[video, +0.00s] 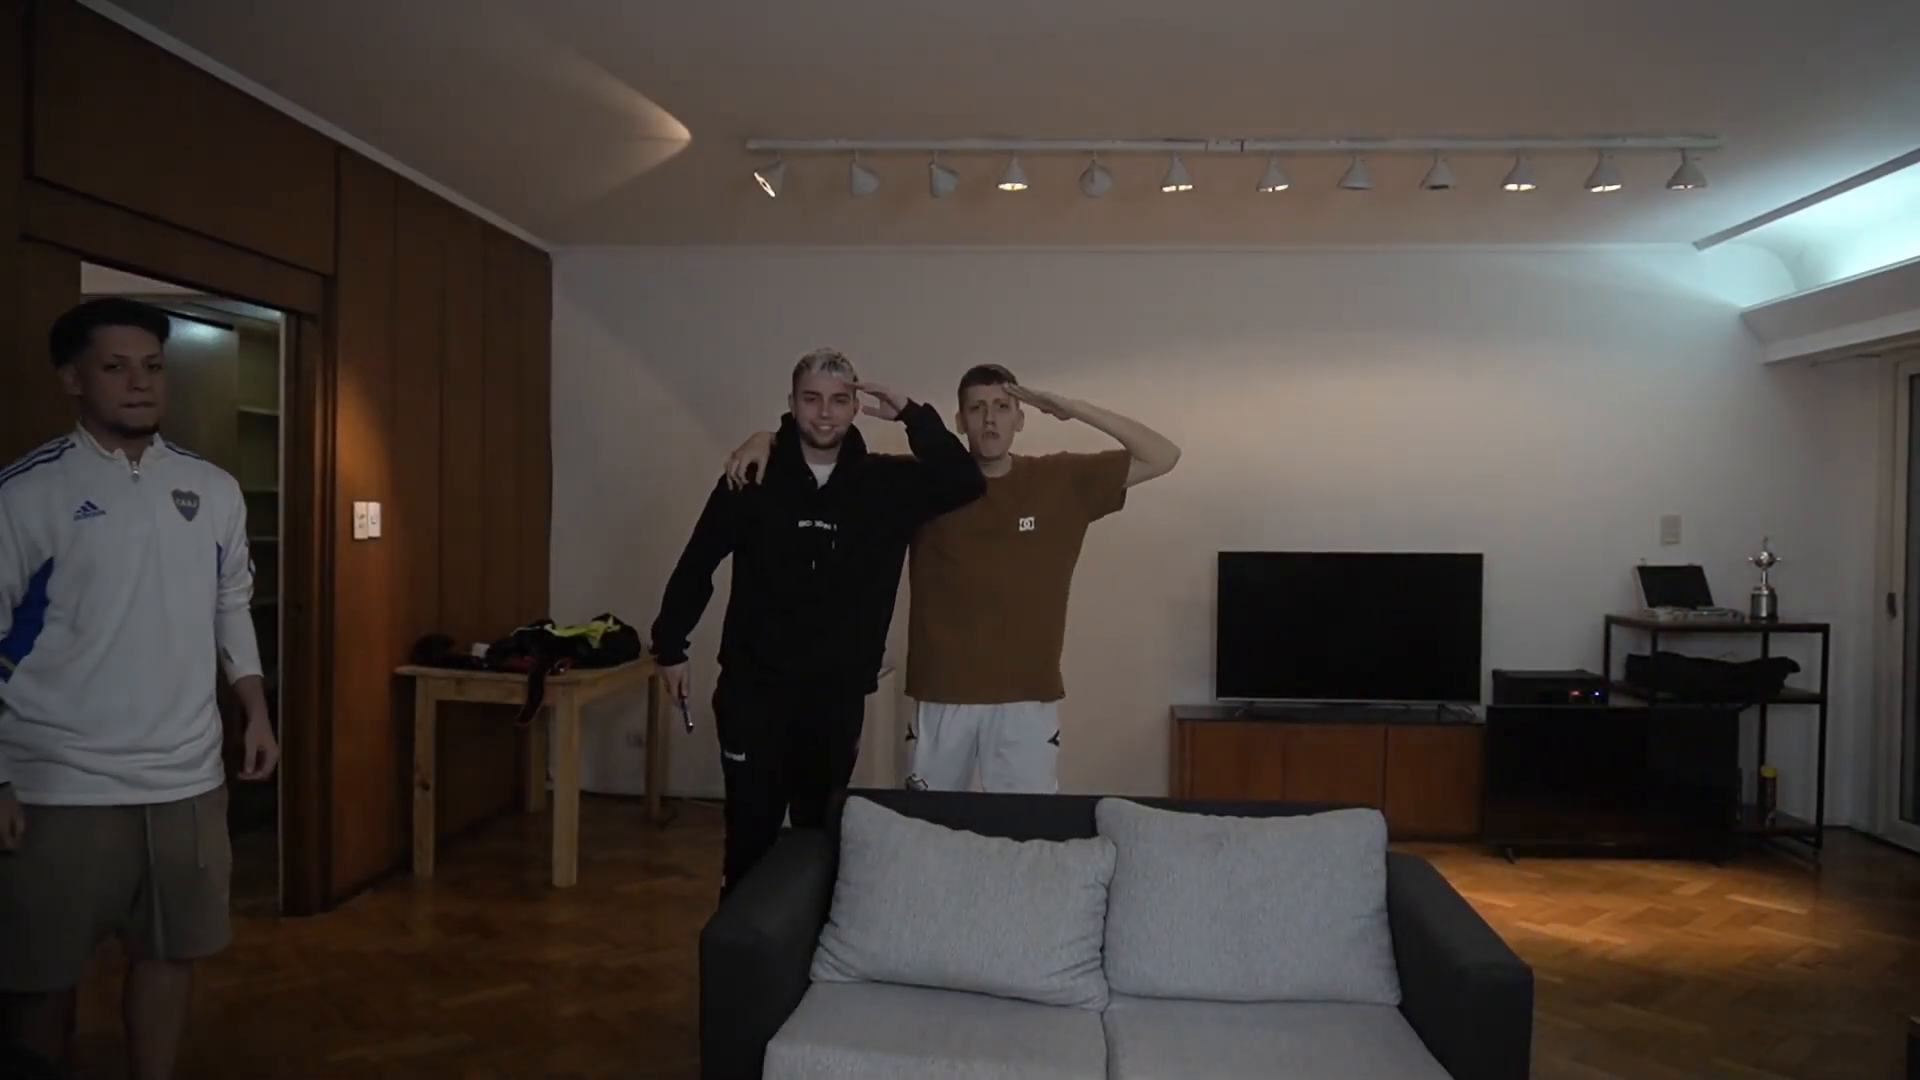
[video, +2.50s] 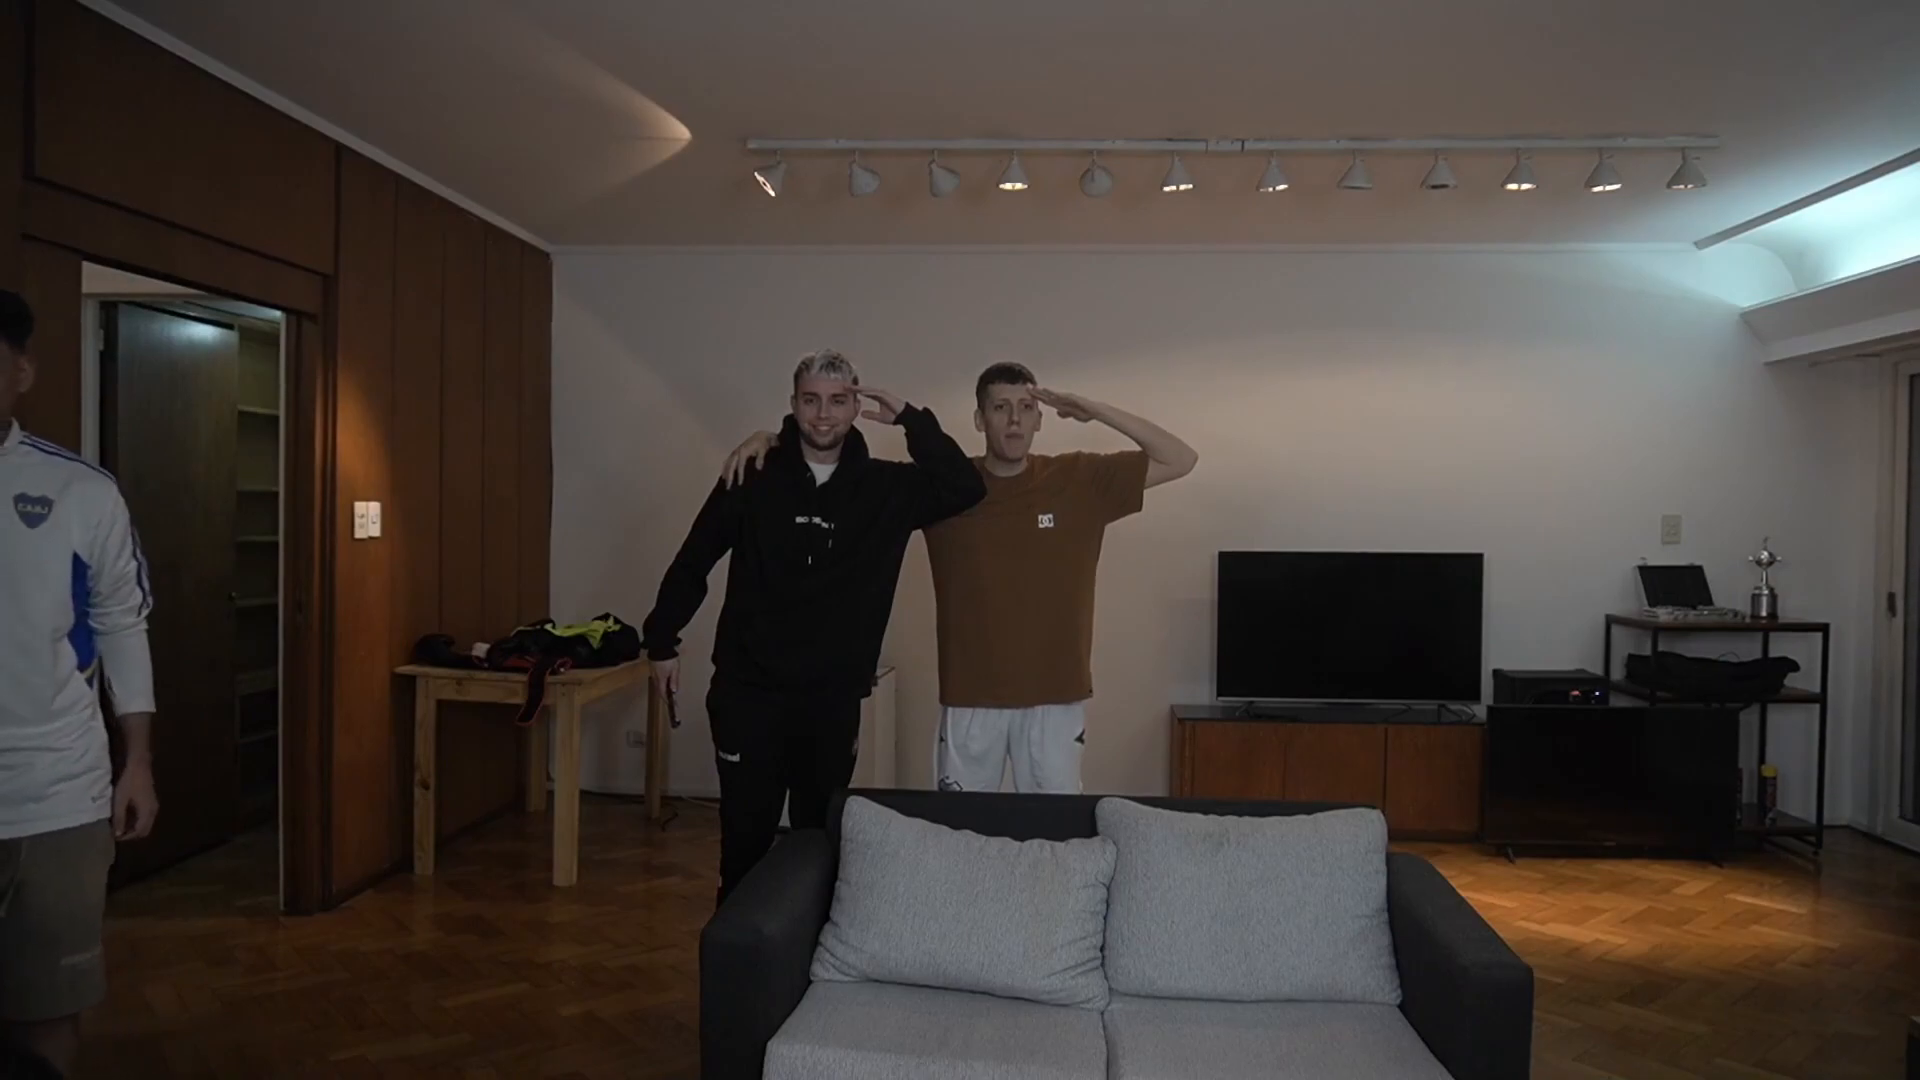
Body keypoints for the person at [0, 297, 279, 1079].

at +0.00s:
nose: (140, 380)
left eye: (152, 365)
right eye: (116, 367)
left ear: (165, 377)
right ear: (73, 381)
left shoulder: (215, 491)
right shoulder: (28, 493)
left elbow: (234, 610)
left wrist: (256, 707)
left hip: (186, 780)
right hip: (60, 784)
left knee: (168, 964)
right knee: (43, 987)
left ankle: (154, 1074)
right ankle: (43, 1079)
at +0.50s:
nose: (203, 390)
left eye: (218, 377)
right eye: (182, 375)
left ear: (231, 391)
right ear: (138, 384)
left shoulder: (247, 504)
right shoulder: (88, 469)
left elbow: (241, 628)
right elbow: (7, 495)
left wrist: (247, 725)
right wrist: (122, 411)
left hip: (206, 773)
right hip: (98, 771)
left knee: (174, 957)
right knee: (77, 976)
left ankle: (155, 1073)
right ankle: (53, 1074)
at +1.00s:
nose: (203, 390)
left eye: (216, 378)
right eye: (182, 374)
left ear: (227, 392)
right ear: (138, 384)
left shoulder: (246, 506)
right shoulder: (70, 459)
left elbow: (248, 625)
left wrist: (264, 724)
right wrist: (84, 357)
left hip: (203, 770)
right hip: (87, 767)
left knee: (172, 958)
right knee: (71, 972)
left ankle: (155, 1074)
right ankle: (53, 1075)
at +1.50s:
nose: (156, 391)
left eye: (173, 376)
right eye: (136, 373)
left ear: (191, 388)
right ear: (101, 381)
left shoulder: (219, 507)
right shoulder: (31, 465)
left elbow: (225, 623)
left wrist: (235, 735)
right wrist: (32, 358)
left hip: (169, 778)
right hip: (41, 774)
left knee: (155, 963)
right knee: (16, 972)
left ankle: (152, 1076)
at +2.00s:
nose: (11, 383)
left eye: (29, 365)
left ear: (65, 379)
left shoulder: (106, 504)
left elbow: (126, 632)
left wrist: (141, 754)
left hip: (76, 790)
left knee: (116, 984)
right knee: (16, 1002)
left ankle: (126, 1073)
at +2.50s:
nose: (2, 379)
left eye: (6, 365)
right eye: (3, 363)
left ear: (25, 373)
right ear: (16, 370)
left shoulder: (81, 493)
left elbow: (123, 625)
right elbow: (124, 626)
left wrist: (138, 758)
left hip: (50, 802)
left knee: (45, 1021)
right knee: (35, 1020)